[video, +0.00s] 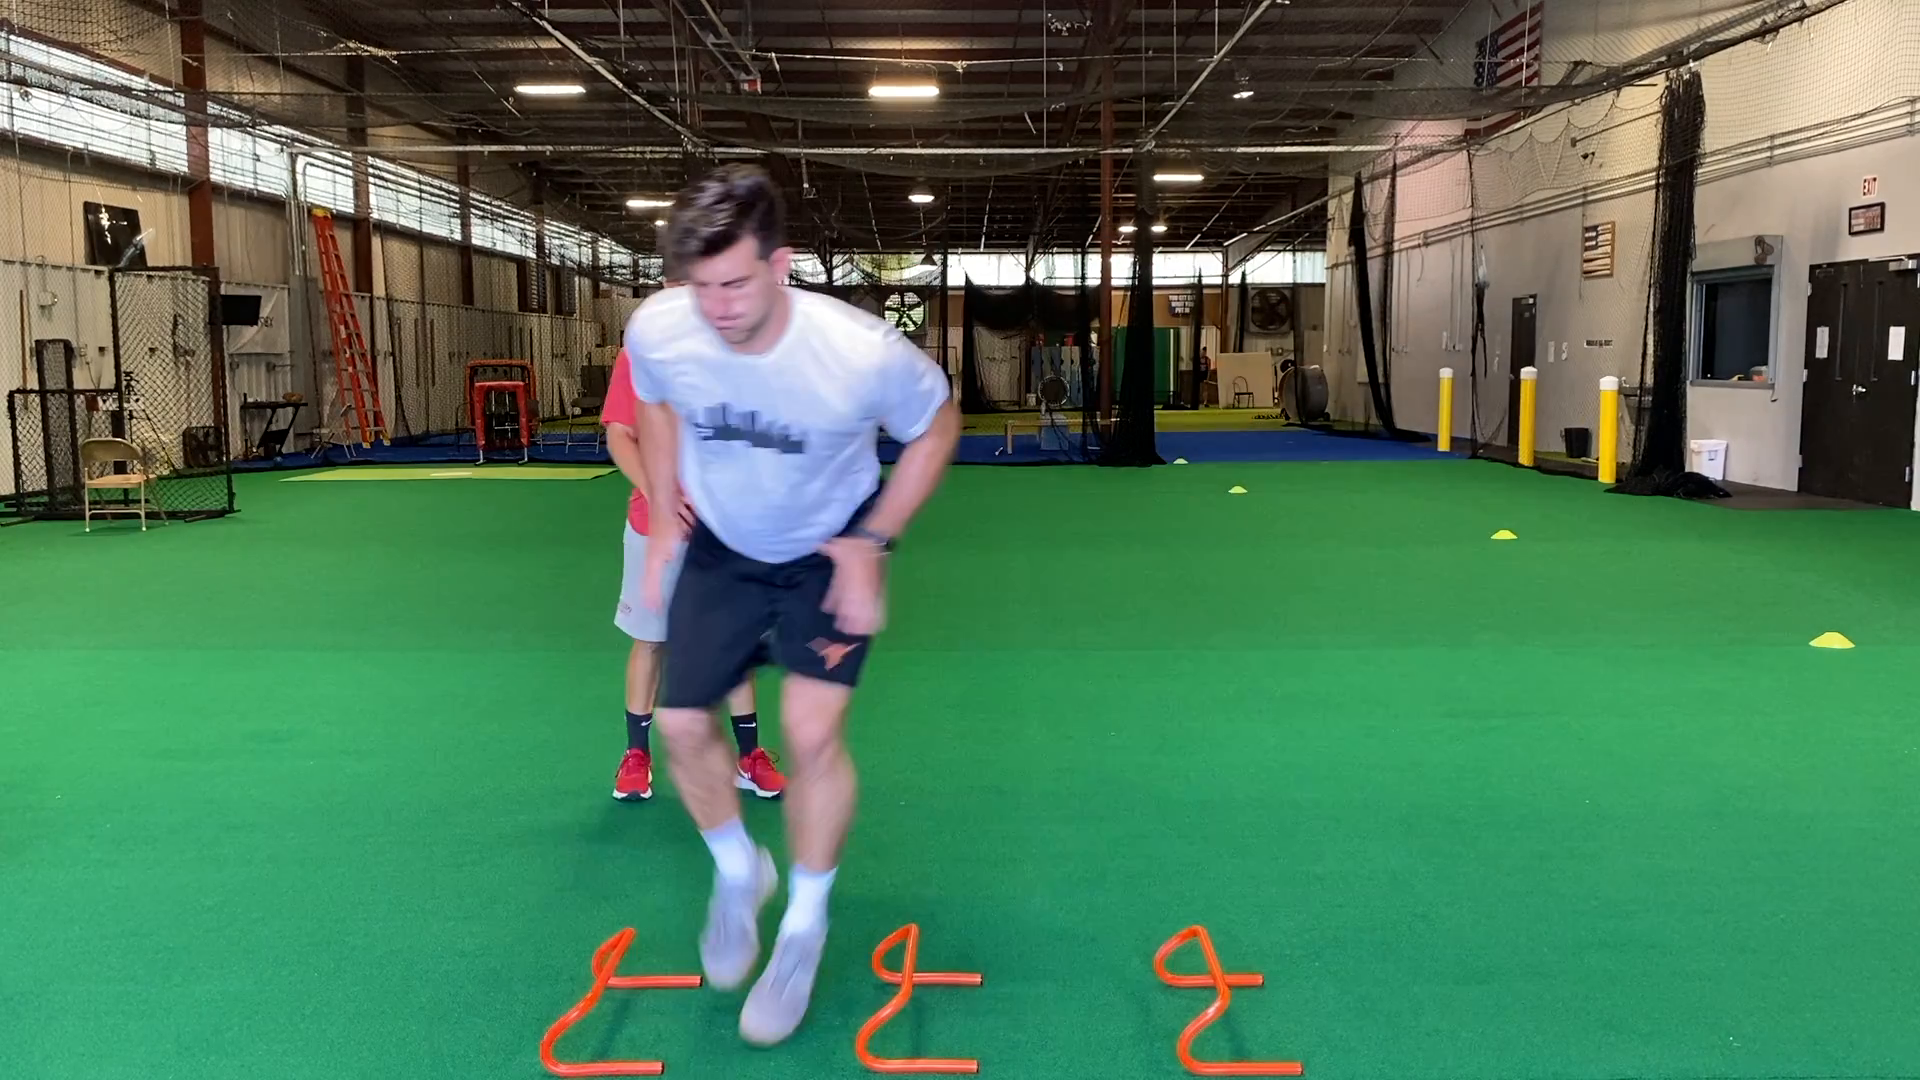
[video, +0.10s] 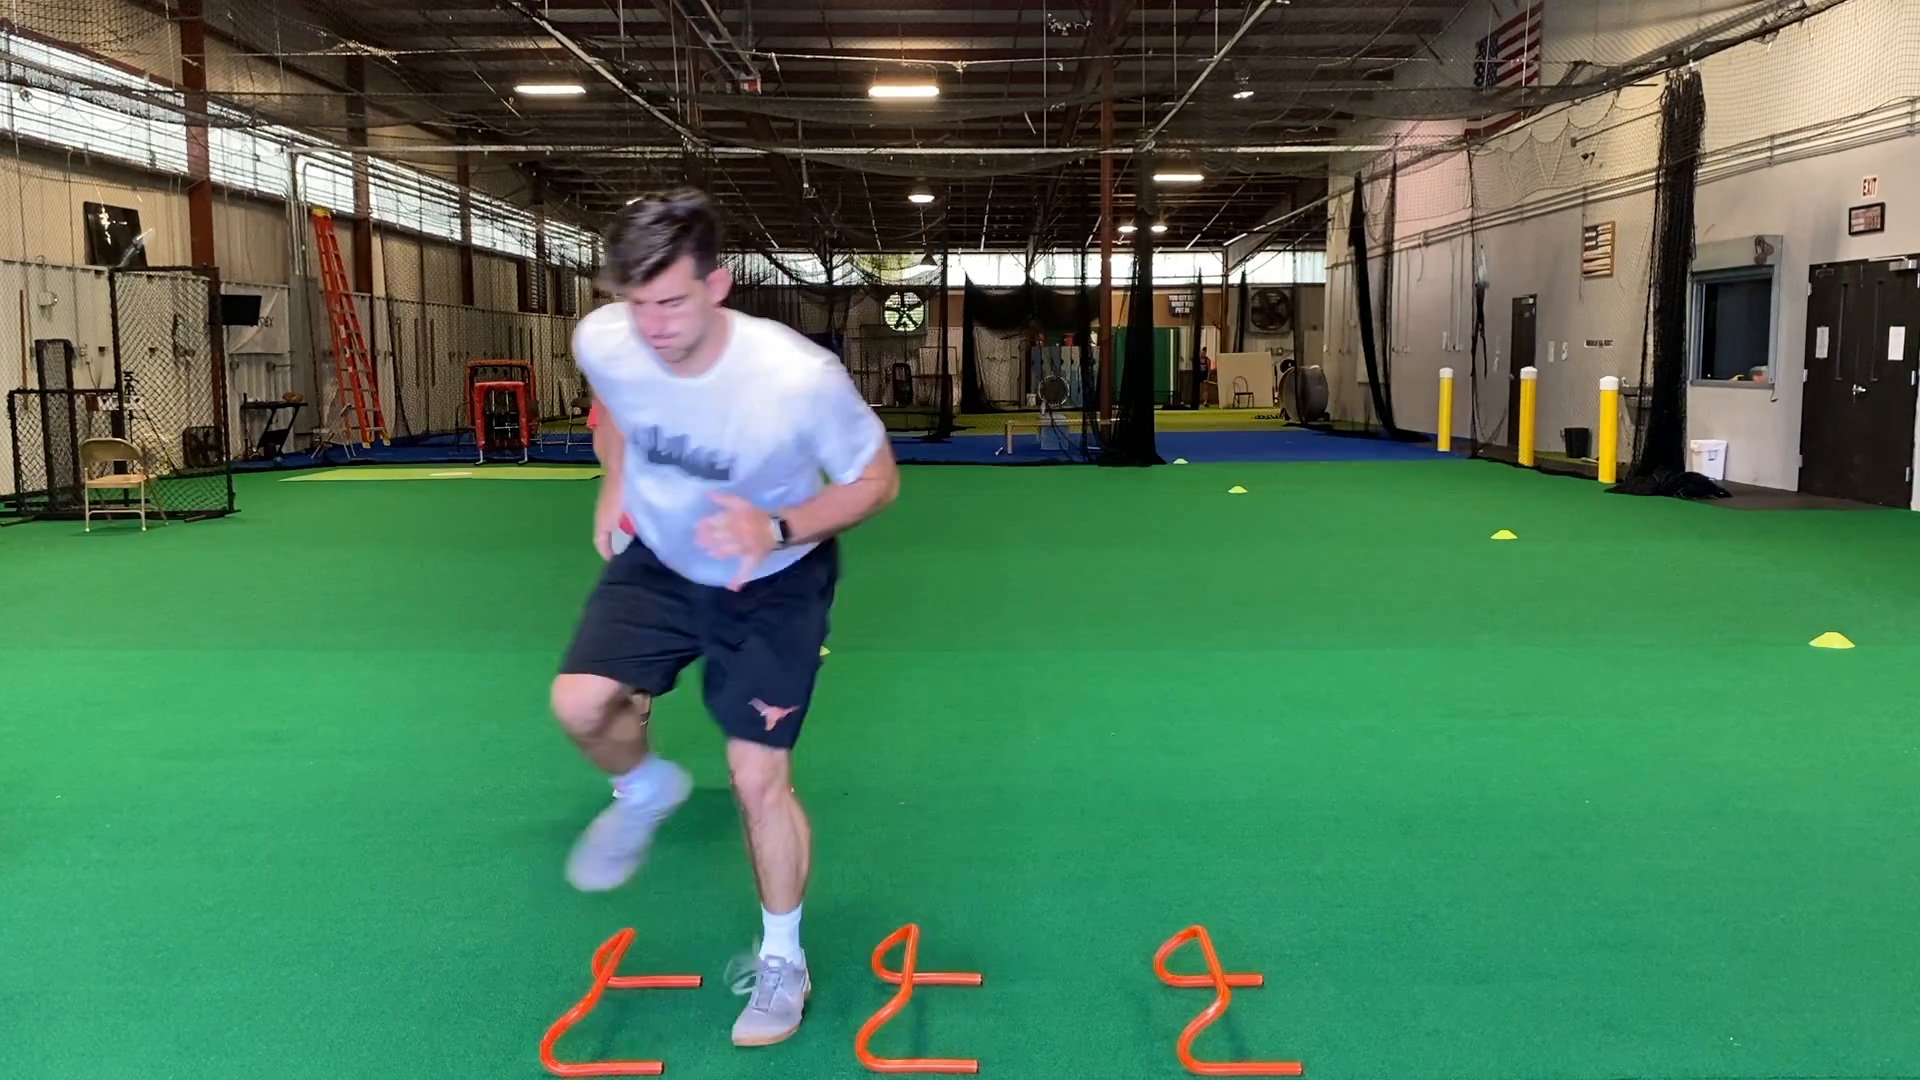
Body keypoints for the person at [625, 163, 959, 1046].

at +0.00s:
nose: (719, 304)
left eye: (737, 282)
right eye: (702, 285)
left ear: (783, 263)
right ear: (683, 276)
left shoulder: (860, 351)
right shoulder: (658, 333)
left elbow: (939, 423)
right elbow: (659, 403)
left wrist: (874, 540)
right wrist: (664, 507)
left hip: (826, 556)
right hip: (716, 551)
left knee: (810, 737)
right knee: (681, 722)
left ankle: (804, 928)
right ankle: (738, 870)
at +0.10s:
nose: (656, 322)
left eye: (674, 301)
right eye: (640, 303)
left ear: (720, 285)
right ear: (622, 295)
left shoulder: (801, 378)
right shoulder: (605, 342)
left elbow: (879, 479)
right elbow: (610, 404)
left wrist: (781, 527)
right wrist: (615, 484)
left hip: (772, 584)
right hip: (656, 562)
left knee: (757, 772)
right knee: (581, 701)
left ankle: (781, 958)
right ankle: (646, 788)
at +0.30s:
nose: (515, 346)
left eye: (532, 323)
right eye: (499, 328)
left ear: (582, 304)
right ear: (483, 318)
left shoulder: (671, 375)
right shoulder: (471, 384)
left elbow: (797, 408)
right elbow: (489, 466)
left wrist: (788, 541)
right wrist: (499, 562)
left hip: (675, 580)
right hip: (558, 593)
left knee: (659, 734)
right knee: (507, 784)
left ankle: (739, 861)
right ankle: (490, 962)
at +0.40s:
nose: (466, 370)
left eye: (483, 348)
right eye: (450, 351)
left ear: (533, 330)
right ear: (434, 344)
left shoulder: (623, 399)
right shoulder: (424, 411)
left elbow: (752, 421)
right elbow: (437, 495)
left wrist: (755, 556)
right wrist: (442, 571)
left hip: (641, 584)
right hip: (522, 606)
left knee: (603, 734)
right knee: (476, 798)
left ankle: (686, 790)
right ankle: (488, 964)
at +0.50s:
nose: (434, 378)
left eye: (448, 357)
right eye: (417, 360)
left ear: (495, 336)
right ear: (401, 351)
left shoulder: (589, 400)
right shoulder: (391, 413)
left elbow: (719, 431)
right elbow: (402, 495)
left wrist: (714, 567)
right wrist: (401, 578)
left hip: (608, 584)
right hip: (496, 611)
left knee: (588, 742)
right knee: (472, 795)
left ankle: (656, 773)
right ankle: (487, 963)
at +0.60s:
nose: (413, 380)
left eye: (427, 358)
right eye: (396, 362)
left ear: (472, 336)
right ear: (380, 352)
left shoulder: (571, 398)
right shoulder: (370, 411)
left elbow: (700, 435)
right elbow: (377, 487)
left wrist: (686, 568)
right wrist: (377, 575)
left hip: (592, 584)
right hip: (475, 612)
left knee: (586, 743)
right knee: (462, 796)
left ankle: (635, 769)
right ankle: (484, 962)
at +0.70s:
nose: (400, 379)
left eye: (415, 358)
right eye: (383, 361)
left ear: (460, 332)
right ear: (366, 349)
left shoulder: (560, 398)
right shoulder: (357, 403)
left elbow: (686, 446)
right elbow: (365, 483)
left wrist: (665, 584)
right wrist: (369, 583)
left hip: (583, 581)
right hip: (466, 608)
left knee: (579, 745)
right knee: (458, 785)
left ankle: (608, 772)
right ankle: (484, 961)